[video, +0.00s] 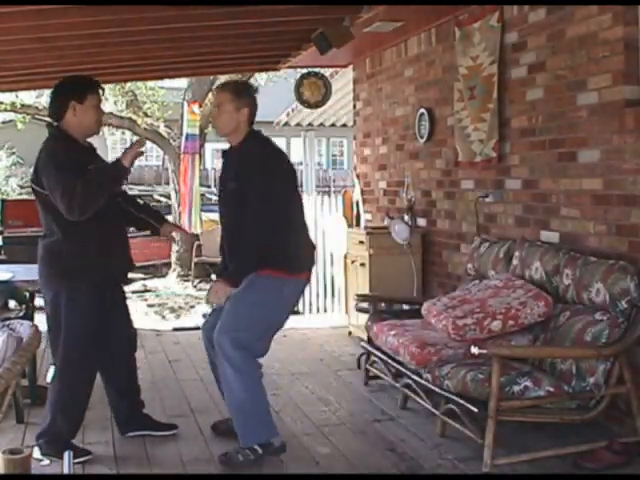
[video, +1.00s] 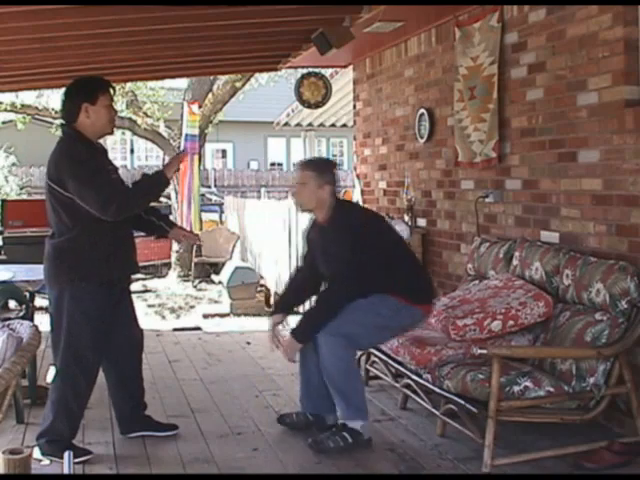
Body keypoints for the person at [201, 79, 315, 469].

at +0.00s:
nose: (214, 116)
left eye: (221, 109)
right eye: (214, 109)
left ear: (245, 112)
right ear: (228, 114)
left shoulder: (261, 157)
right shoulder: (235, 156)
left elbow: (260, 226)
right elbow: (237, 223)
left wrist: (231, 277)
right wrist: (226, 272)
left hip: (282, 268)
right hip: (261, 267)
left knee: (232, 339)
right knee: (214, 332)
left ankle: (262, 439)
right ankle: (246, 417)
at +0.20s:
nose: (207, 137)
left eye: (214, 130)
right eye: (206, 131)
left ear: (238, 133)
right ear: (225, 136)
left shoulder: (259, 177)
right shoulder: (227, 181)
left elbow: (257, 246)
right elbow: (227, 245)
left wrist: (225, 298)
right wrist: (221, 293)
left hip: (296, 273)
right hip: (266, 272)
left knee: (235, 334)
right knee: (218, 331)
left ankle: (269, 428)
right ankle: (246, 417)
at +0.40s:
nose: (208, 163)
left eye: (215, 155)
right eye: (209, 155)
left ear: (240, 160)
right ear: (234, 162)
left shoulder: (262, 200)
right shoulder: (239, 203)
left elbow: (264, 276)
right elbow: (238, 269)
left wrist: (231, 323)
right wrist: (227, 315)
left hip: (319, 285)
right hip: (290, 283)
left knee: (253, 348)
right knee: (235, 340)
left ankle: (287, 440)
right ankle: (249, 419)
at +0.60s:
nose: (223, 179)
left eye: (231, 172)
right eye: (223, 172)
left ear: (256, 176)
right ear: (248, 179)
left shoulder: (286, 211)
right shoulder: (252, 221)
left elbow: (284, 284)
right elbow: (250, 279)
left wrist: (251, 337)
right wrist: (233, 330)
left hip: (346, 286)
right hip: (320, 285)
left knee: (276, 346)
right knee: (282, 345)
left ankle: (289, 440)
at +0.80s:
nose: (250, 185)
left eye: (257, 178)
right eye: (250, 178)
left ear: (282, 182)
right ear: (276, 185)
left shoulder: (316, 214)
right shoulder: (279, 225)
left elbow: (318, 282)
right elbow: (271, 279)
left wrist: (282, 336)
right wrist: (248, 331)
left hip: (375, 283)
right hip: (346, 281)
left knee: (306, 342)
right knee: (295, 337)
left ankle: (317, 429)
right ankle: (313, 413)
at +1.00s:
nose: (293, 191)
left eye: (301, 184)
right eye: (294, 184)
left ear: (324, 189)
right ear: (317, 191)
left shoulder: (354, 223)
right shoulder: (318, 231)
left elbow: (343, 288)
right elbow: (309, 275)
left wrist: (299, 334)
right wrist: (281, 310)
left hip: (405, 299)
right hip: (369, 297)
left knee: (333, 336)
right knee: (308, 332)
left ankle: (356, 428)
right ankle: (319, 414)